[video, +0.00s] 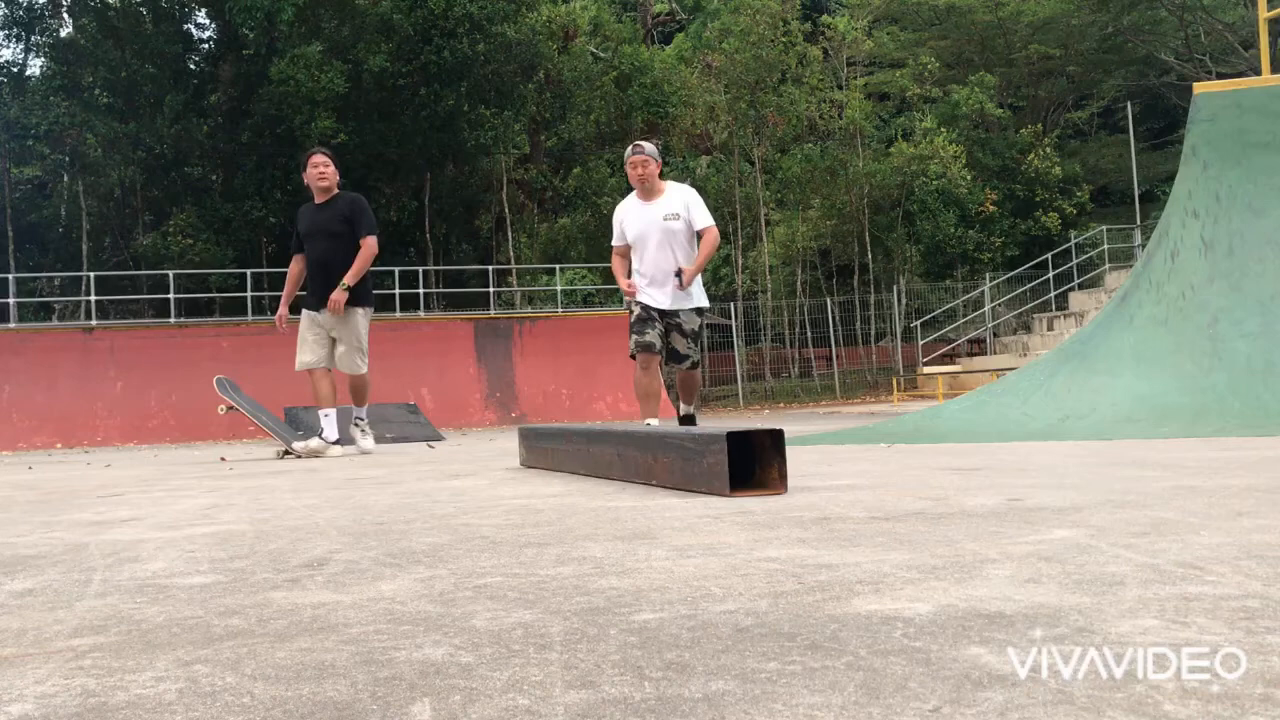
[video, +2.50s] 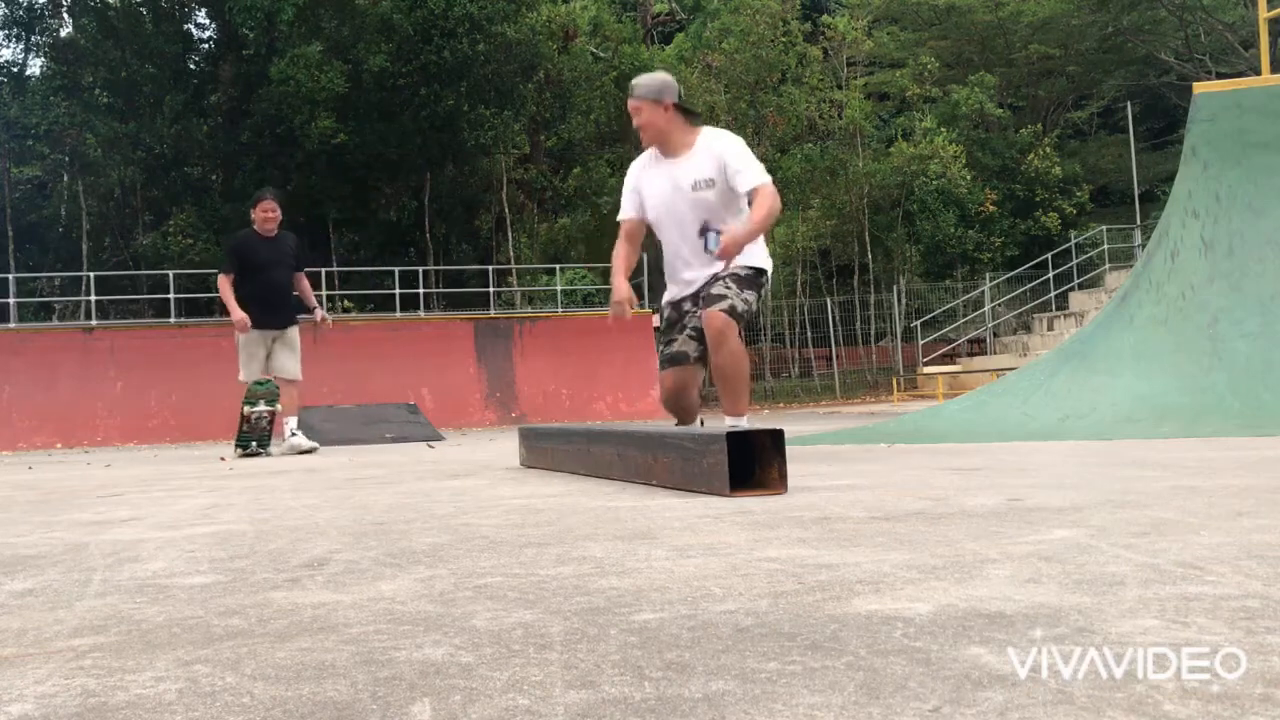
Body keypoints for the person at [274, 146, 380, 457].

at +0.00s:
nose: (322, 170)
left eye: (327, 165)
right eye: (315, 167)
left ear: (337, 174)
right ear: (306, 178)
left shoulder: (353, 203)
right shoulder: (304, 214)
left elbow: (370, 247)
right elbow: (299, 261)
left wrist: (344, 286)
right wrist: (285, 303)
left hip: (352, 304)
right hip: (315, 306)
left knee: (355, 367)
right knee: (316, 365)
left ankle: (359, 422)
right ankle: (329, 435)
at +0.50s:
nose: (339, 182)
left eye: (343, 177)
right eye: (332, 178)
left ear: (350, 184)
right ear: (320, 186)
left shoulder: (365, 214)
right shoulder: (306, 218)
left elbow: (395, 247)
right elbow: (291, 254)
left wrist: (375, 235)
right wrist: (285, 272)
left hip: (359, 310)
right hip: (319, 309)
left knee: (360, 370)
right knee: (317, 364)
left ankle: (354, 433)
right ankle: (325, 433)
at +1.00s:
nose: (319, 186)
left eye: (323, 182)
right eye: (313, 182)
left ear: (331, 189)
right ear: (303, 189)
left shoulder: (343, 217)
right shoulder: (293, 217)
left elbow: (377, 217)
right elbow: (271, 219)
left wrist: (348, 185)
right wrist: (295, 187)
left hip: (342, 309)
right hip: (302, 310)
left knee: (350, 372)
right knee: (296, 374)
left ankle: (354, 432)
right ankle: (290, 435)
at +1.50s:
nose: (292, 192)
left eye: (295, 188)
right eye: (285, 189)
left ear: (302, 196)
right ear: (272, 197)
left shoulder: (317, 223)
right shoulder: (263, 225)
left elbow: (355, 233)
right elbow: (232, 228)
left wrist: (327, 207)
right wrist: (259, 203)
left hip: (315, 312)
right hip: (278, 313)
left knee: (327, 374)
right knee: (279, 377)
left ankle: (306, 423)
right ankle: (283, 434)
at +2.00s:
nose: (293, 203)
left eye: (296, 198)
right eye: (287, 199)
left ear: (303, 205)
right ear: (275, 205)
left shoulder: (313, 238)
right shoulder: (260, 235)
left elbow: (319, 278)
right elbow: (239, 274)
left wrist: (322, 314)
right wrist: (228, 311)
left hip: (306, 319)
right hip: (273, 319)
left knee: (302, 380)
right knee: (275, 377)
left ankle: (293, 435)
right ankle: (271, 438)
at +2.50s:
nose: (270, 216)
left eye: (274, 211)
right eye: (264, 211)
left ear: (280, 214)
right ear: (253, 214)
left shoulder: (289, 242)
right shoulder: (240, 243)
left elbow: (299, 278)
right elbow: (224, 281)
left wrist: (315, 307)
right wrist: (235, 311)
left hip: (286, 325)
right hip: (252, 327)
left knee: (289, 379)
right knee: (252, 383)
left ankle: (291, 434)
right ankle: (253, 439)